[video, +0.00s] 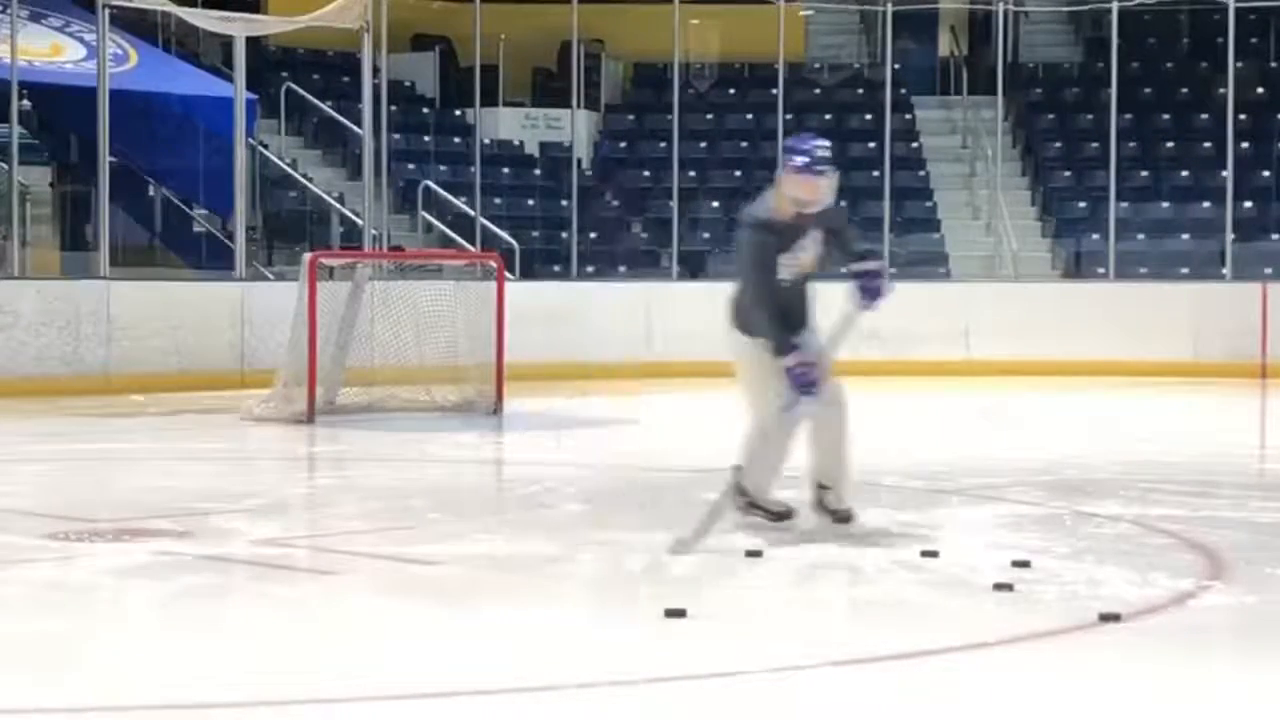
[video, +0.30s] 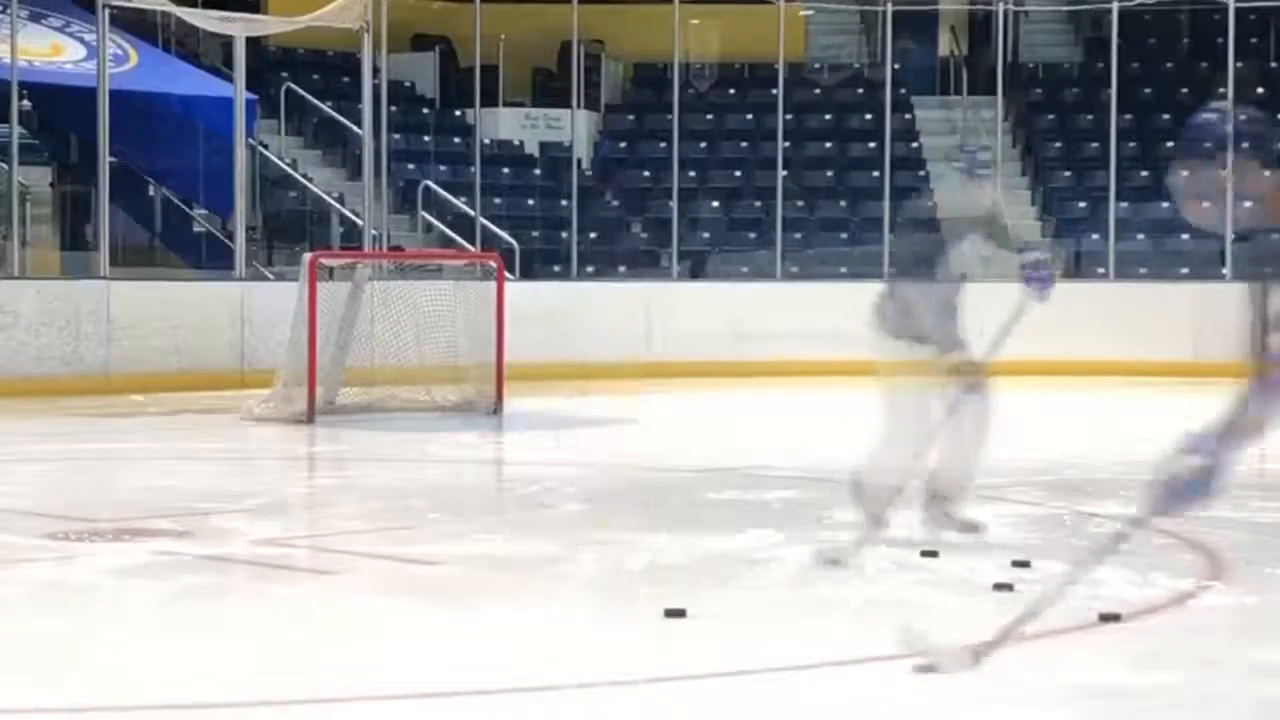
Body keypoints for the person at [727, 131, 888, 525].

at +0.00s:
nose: (811, 190)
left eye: (820, 180)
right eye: (802, 179)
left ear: (830, 181)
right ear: (784, 178)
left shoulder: (828, 214)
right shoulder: (761, 222)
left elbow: (847, 246)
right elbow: (758, 299)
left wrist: (866, 268)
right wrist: (788, 351)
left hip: (797, 318)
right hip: (756, 322)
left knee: (830, 402)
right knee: (777, 406)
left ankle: (829, 491)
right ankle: (750, 489)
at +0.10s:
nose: (866, 190)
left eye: (875, 180)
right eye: (857, 178)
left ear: (886, 184)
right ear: (840, 177)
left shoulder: (879, 218)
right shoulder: (817, 225)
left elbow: (905, 235)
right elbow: (816, 292)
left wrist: (931, 257)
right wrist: (853, 349)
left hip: (849, 328)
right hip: (803, 332)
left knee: (875, 405)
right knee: (817, 413)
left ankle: (859, 494)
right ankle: (793, 492)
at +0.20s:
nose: (925, 194)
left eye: (928, 186)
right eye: (918, 185)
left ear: (930, 188)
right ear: (898, 184)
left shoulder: (929, 221)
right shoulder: (871, 223)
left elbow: (958, 238)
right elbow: (874, 293)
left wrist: (984, 257)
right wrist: (906, 350)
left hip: (896, 331)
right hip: (852, 333)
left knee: (924, 409)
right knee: (862, 422)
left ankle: (900, 493)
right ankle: (829, 489)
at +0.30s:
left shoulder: (975, 205)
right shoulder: (919, 222)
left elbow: (1001, 233)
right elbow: (922, 296)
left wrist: (1030, 258)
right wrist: (953, 353)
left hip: (942, 328)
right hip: (902, 329)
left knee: (971, 410)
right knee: (915, 420)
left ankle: (942, 500)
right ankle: (874, 490)